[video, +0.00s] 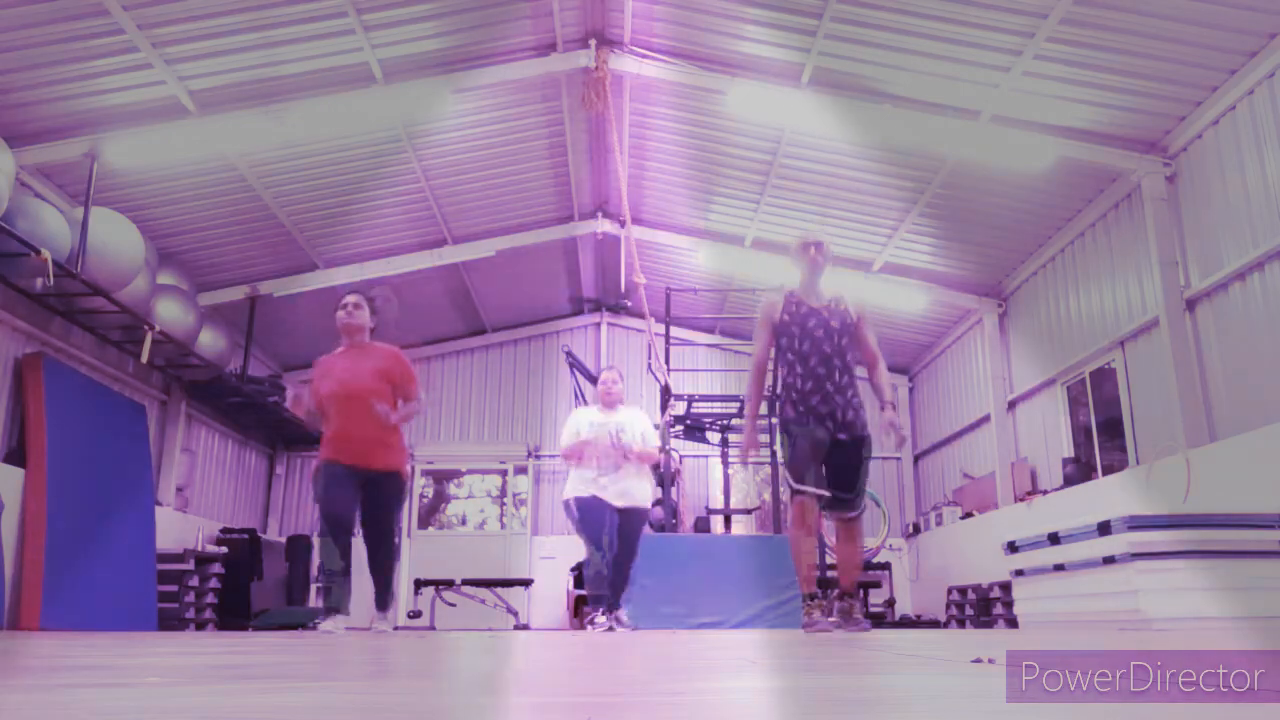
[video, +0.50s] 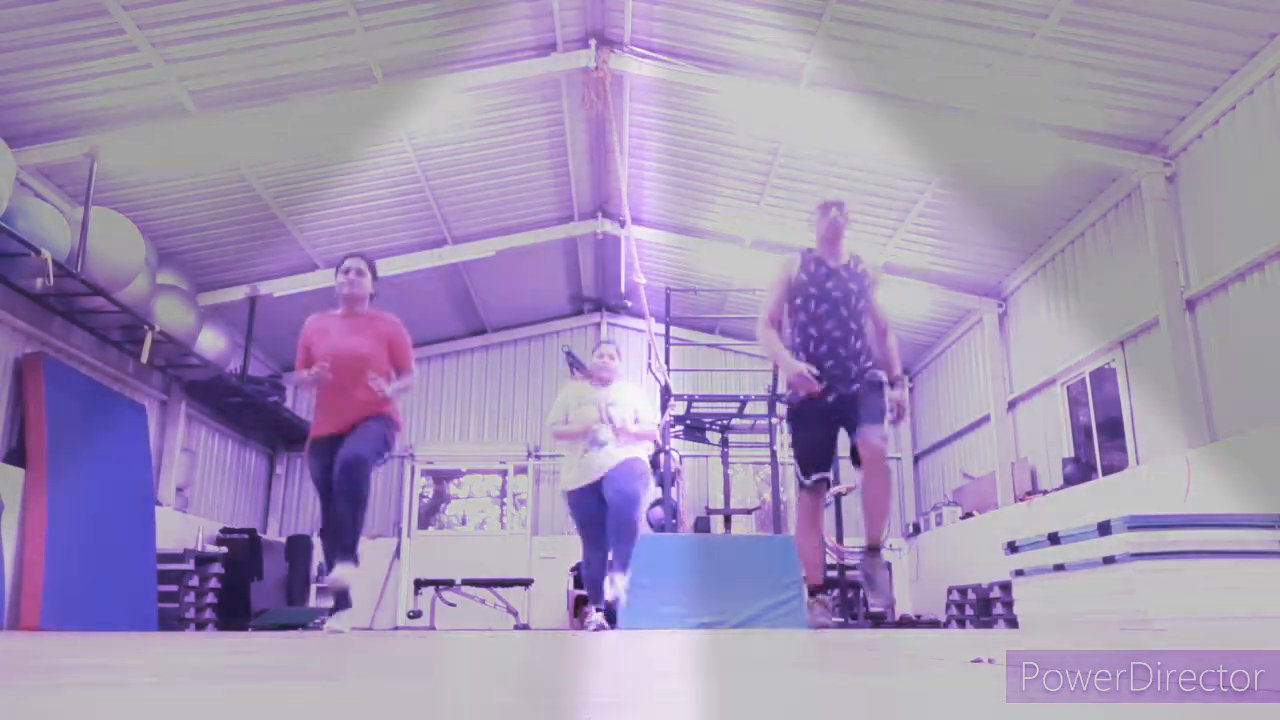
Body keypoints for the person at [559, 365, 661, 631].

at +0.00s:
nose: (609, 387)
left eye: (614, 382)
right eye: (604, 383)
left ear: (623, 387)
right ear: (596, 388)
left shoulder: (637, 417)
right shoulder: (581, 416)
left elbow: (655, 455)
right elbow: (566, 454)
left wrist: (635, 452)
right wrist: (585, 444)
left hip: (632, 496)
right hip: (589, 491)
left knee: (625, 554)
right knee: (600, 546)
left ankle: (614, 607)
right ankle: (597, 610)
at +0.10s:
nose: (611, 374)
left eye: (616, 369)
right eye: (605, 369)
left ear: (623, 373)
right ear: (595, 373)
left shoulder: (636, 401)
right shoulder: (577, 398)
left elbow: (654, 441)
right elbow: (563, 437)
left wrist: (634, 436)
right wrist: (591, 428)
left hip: (632, 479)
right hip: (588, 480)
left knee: (638, 534)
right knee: (596, 543)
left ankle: (616, 570)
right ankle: (596, 606)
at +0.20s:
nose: (609, 371)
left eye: (614, 367)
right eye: (604, 366)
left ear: (622, 368)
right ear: (593, 368)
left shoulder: (634, 395)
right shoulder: (574, 393)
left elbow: (653, 435)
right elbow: (560, 432)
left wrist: (635, 433)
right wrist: (588, 430)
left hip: (627, 461)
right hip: (584, 468)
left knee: (641, 495)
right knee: (597, 541)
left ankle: (623, 549)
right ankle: (595, 604)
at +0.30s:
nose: (606, 381)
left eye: (611, 376)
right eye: (601, 375)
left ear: (619, 376)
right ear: (592, 375)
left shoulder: (633, 404)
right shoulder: (571, 402)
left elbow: (652, 441)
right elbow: (555, 440)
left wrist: (634, 439)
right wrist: (581, 443)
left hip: (621, 479)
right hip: (584, 484)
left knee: (636, 467)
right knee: (596, 551)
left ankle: (627, 536)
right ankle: (596, 610)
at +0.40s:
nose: (605, 378)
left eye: (610, 373)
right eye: (600, 372)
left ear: (618, 376)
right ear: (590, 374)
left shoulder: (632, 405)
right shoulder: (570, 403)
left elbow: (651, 442)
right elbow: (556, 442)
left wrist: (633, 438)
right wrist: (582, 440)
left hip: (621, 477)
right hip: (582, 483)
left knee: (632, 471)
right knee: (595, 552)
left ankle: (624, 544)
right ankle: (597, 611)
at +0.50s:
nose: (604, 361)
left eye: (611, 357)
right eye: (599, 356)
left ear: (619, 364)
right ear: (589, 362)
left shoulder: (633, 392)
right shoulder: (571, 390)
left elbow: (652, 431)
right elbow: (555, 430)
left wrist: (628, 430)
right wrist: (586, 429)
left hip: (625, 459)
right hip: (581, 470)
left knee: (625, 496)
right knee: (593, 542)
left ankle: (619, 570)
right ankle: (597, 608)